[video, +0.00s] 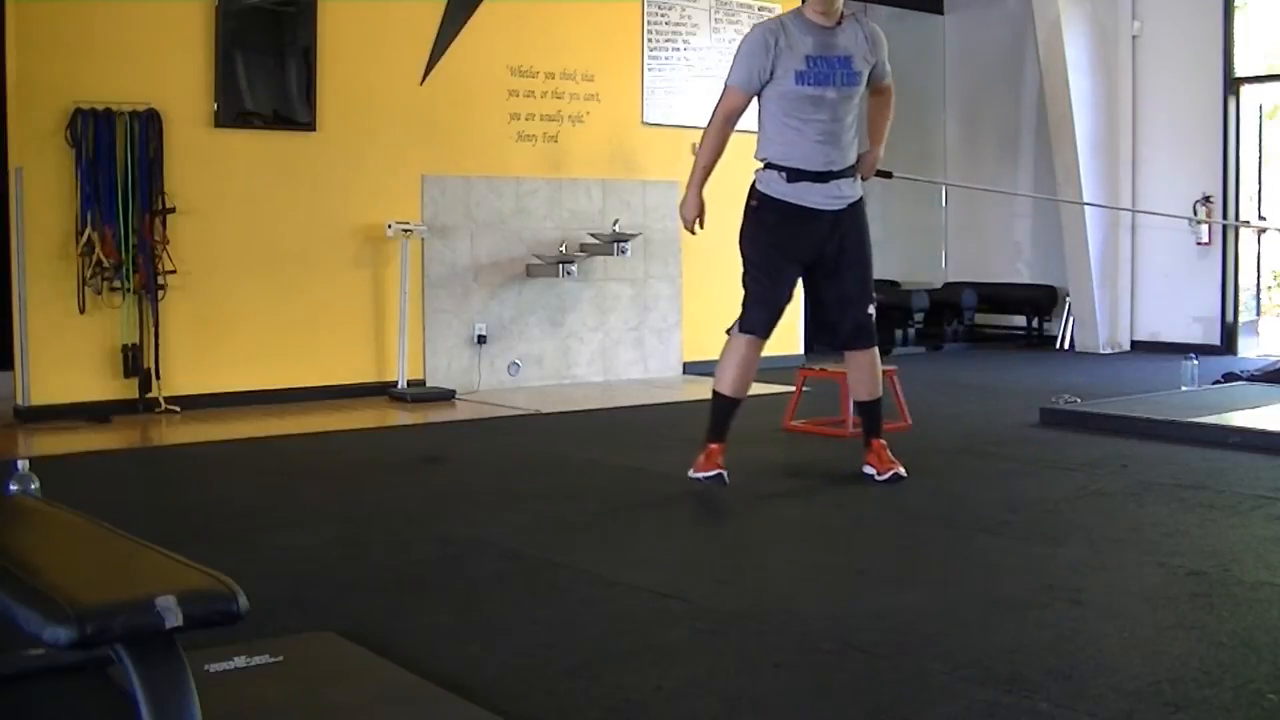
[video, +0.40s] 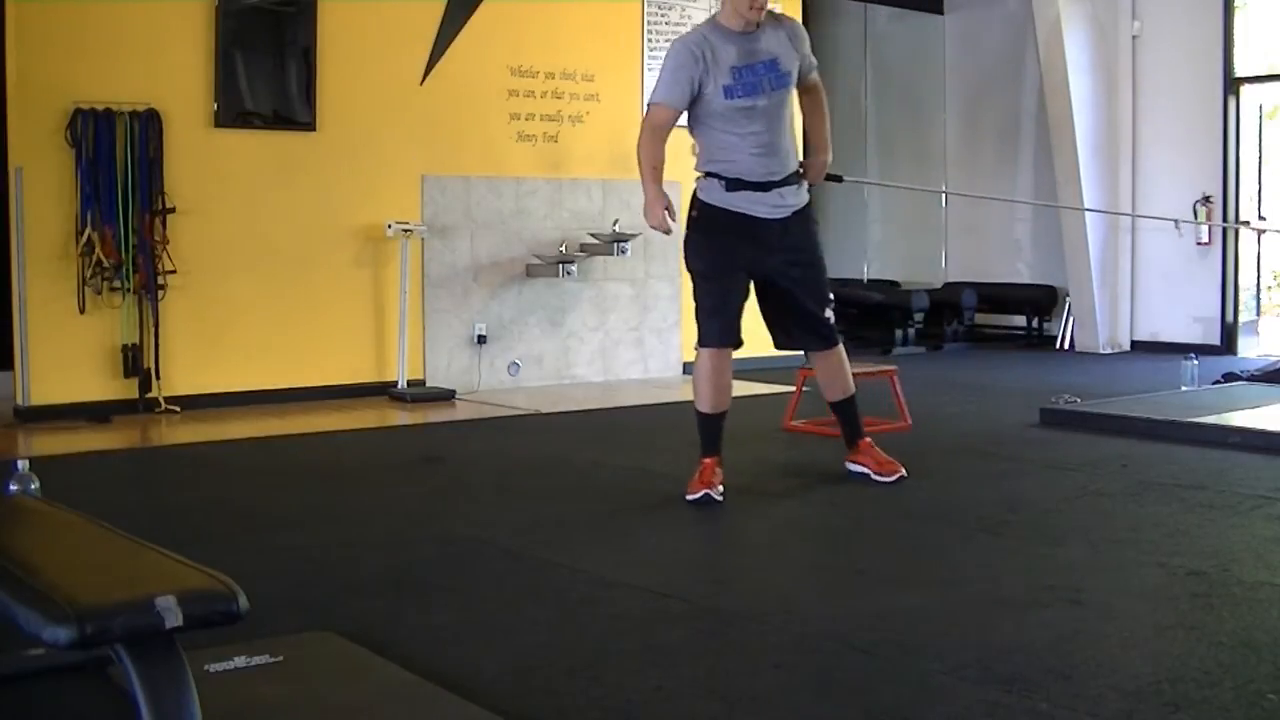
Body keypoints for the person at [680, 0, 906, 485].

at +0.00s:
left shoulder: (867, 36)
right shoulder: (768, 38)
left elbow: (881, 90)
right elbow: (725, 115)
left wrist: (875, 149)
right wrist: (694, 187)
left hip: (843, 207)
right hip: (778, 204)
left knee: (858, 327)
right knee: (755, 323)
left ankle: (875, 446)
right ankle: (713, 448)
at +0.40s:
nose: (761, 5)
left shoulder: (789, 34)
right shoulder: (692, 50)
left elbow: (810, 87)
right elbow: (655, 125)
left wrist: (819, 154)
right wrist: (652, 189)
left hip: (788, 211)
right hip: (720, 212)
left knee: (821, 330)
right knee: (716, 338)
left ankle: (858, 445)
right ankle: (710, 463)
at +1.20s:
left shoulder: (791, 31)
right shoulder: (720, 27)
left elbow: (796, 106)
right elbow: (699, 112)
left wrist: (834, 153)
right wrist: (718, 190)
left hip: (808, 197)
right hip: (757, 196)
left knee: (806, 328)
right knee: (772, 323)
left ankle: (802, 454)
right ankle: (745, 452)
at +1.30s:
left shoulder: (801, 29)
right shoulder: (732, 25)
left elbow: (805, 105)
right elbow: (708, 110)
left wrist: (844, 150)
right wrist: (737, 184)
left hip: (814, 191)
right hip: (769, 191)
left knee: (815, 317)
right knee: (803, 313)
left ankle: (805, 449)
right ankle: (795, 453)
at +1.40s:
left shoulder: (810, 25)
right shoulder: (745, 26)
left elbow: (816, 100)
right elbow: (714, 110)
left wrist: (856, 147)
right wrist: (749, 180)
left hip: (826, 192)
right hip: (781, 193)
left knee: (814, 322)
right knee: (830, 314)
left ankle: (800, 452)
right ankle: (853, 451)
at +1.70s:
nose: (873, 3)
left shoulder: (861, 34)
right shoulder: (797, 47)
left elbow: (852, 94)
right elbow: (750, 128)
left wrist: (877, 120)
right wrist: (749, 204)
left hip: (871, 201)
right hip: (832, 203)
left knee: (863, 329)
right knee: (882, 323)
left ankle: (813, 443)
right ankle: (909, 452)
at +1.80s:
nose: (897, 7)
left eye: (897, 2)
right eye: (892, 0)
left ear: (871, 3)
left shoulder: (878, 44)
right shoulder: (820, 51)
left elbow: (869, 125)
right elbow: (780, 138)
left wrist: (882, 185)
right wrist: (763, 216)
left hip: (884, 200)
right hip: (845, 203)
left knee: (913, 318)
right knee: (898, 323)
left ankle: (843, 418)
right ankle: (914, 452)